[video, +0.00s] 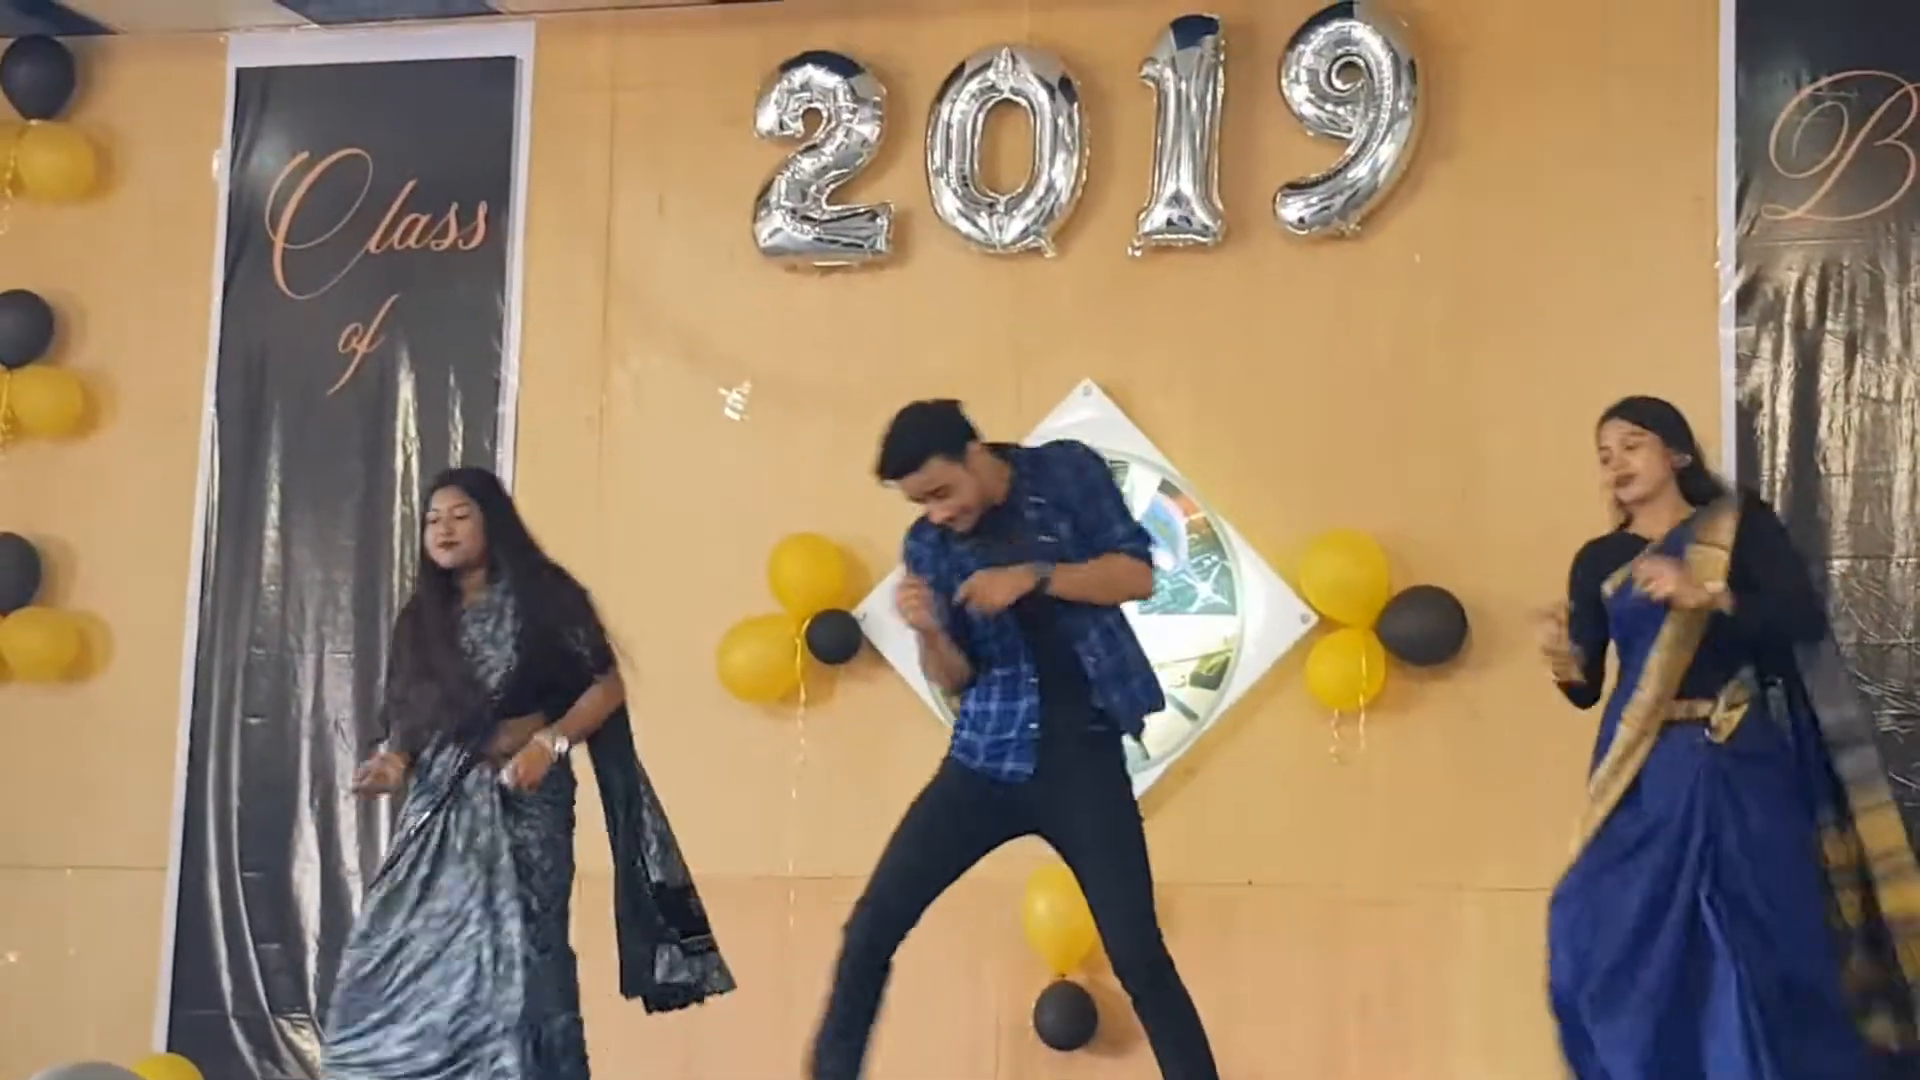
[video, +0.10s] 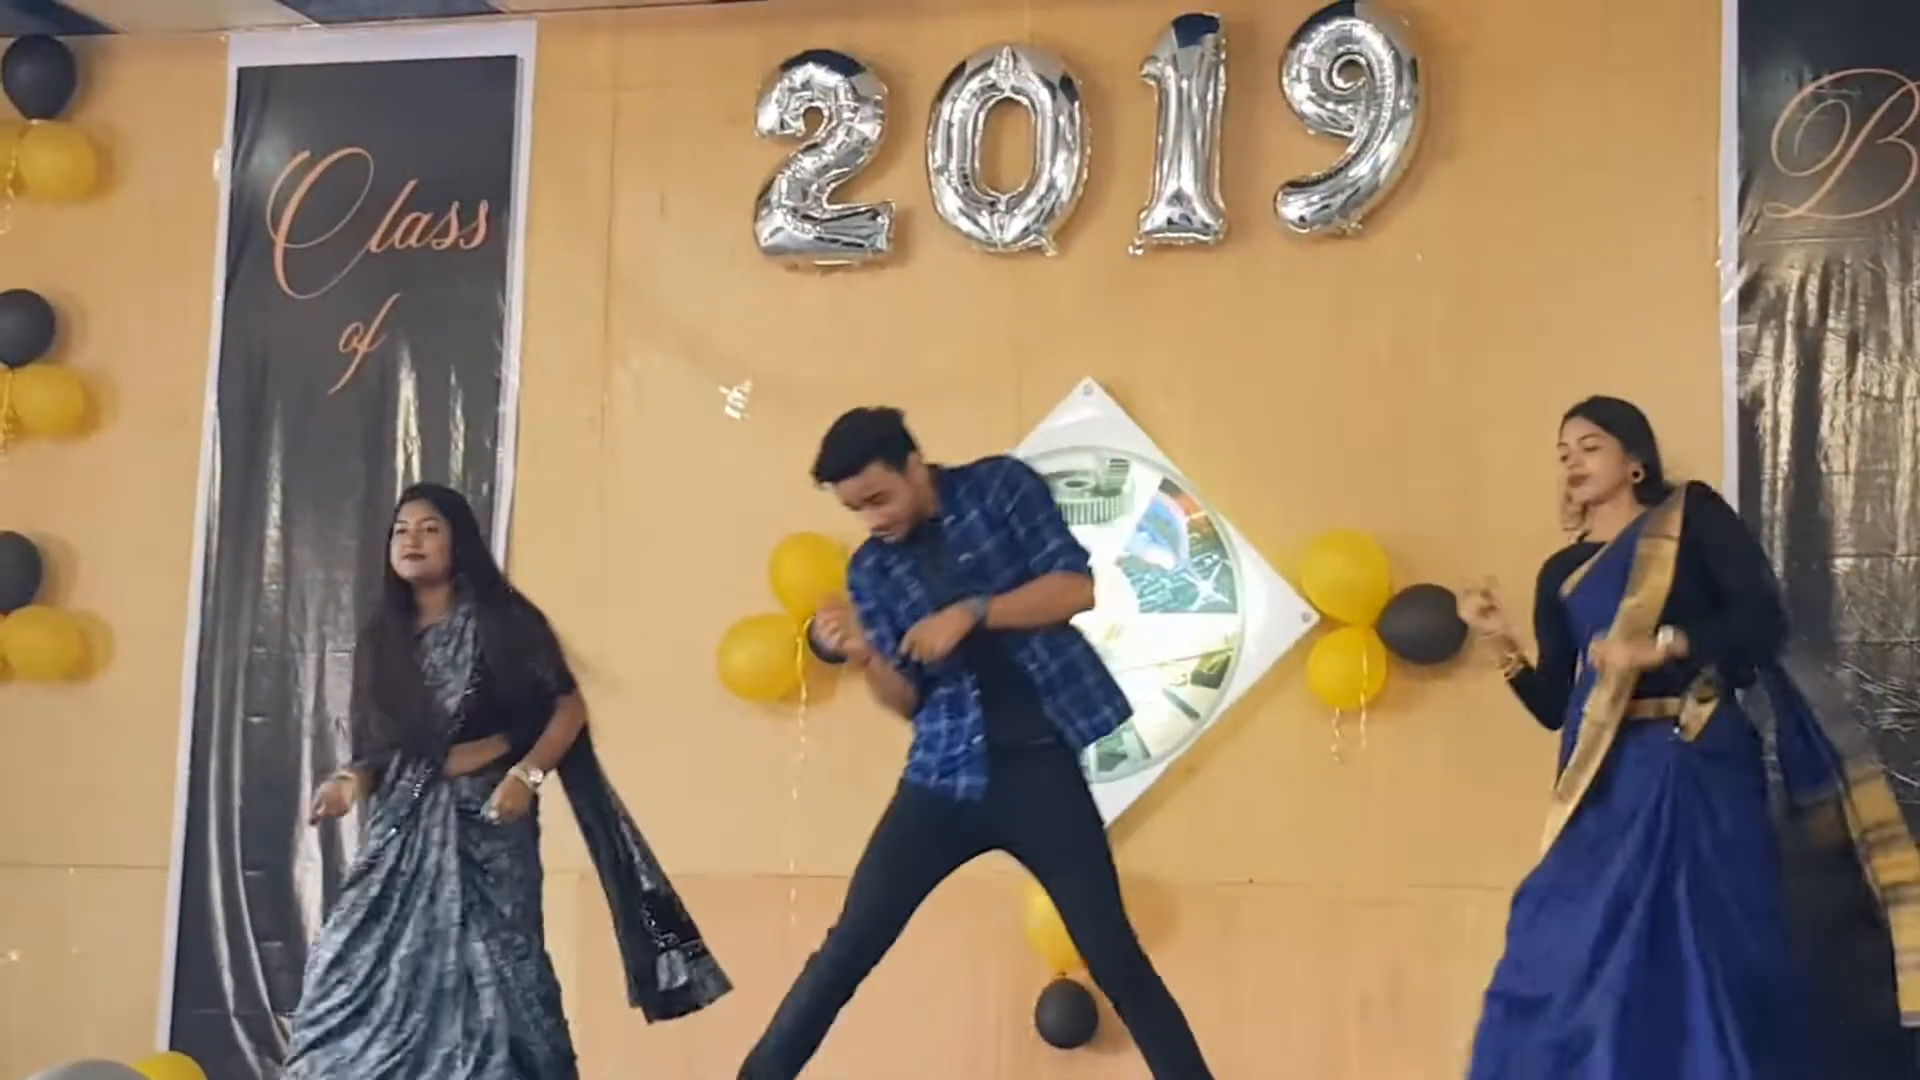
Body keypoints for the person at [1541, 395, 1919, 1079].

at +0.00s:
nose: (1616, 465)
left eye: (1632, 447)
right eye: (1606, 454)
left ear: (1675, 453)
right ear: (1601, 468)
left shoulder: (1740, 523)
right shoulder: (1598, 559)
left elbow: (1805, 618)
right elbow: (1584, 690)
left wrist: (1708, 595)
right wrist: (1563, 656)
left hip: (1743, 760)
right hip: (1644, 770)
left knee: (1751, 936)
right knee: (1626, 931)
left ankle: (1758, 1065)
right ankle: (1641, 1065)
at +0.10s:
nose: (1572, 463)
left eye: (1589, 447)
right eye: (1565, 453)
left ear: (1634, 456)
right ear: (1563, 467)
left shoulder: (1691, 510)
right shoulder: (1561, 571)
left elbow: (1762, 620)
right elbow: (1558, 707)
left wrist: (1662, 646)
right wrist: (1504, 646)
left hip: (1697, 764)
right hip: (1606, 776)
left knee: (1698, 945)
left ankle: (1707, 1068)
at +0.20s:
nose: (1529, 469)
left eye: (1546, 455)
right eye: (1523, 459)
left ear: (1591, 467)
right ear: (1520, 474)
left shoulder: (1646, 541)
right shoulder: (1508, 579)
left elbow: (1722, 655)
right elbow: (1518, 709)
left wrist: (1639, 714)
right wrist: (1463, 656)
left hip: (1642, 803)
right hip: (1552, 808)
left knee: (1647, 975)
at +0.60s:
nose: (1420, 243)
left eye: (1439, 231)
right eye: (1419, 228)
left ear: (1479, 247)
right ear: (1423, 243)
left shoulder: (1520, 329)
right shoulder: (1410, 342)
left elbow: (1557, 460)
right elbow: (1388, 460)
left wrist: (1470, 495)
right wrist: (1341, 510)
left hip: (1486, 574)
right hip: (1408, 574)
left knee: (1451, 752)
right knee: (1374, 746)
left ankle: (1496, 960)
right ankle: (1361, 957)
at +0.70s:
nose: (1407, 205)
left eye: (1426, 193)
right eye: (1408, 191)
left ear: (1469, 213)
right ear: (1415, 208)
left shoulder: (1490, 297)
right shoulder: (1418, 307)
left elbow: (1519, 429)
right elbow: (1396, 418)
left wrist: (1451, 452)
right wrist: (1339, 459)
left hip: (1444, 539)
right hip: (1378, 535)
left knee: (1404, 725)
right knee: (1337, 719)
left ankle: (1497, 871)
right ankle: (1355, 914)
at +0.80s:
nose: (1422, 169)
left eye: (1440, 157)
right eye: (1422, 156)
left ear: (1480, 177)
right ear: (1425, 170)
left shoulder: (1487, 255)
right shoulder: (1427, 261)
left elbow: (1498, 361)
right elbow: (1416, 364)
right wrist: (1359, 406)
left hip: (1450, 476)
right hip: (1397, 473)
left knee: (1388, 653)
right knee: (1315, 653)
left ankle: (1501, 802)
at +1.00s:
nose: (1483, 69)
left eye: (1506, 66)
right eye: (1485, 55)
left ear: (1534, 99)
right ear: (1472, 73)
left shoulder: (1521, 153)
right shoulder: (1479, 162)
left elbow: (1531, 277)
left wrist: (1549, 238)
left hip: (1495, 383)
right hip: (1451, 386)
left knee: (1468, 570)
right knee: (1402, 574)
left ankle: (1558, 762)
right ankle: (1371, 794)